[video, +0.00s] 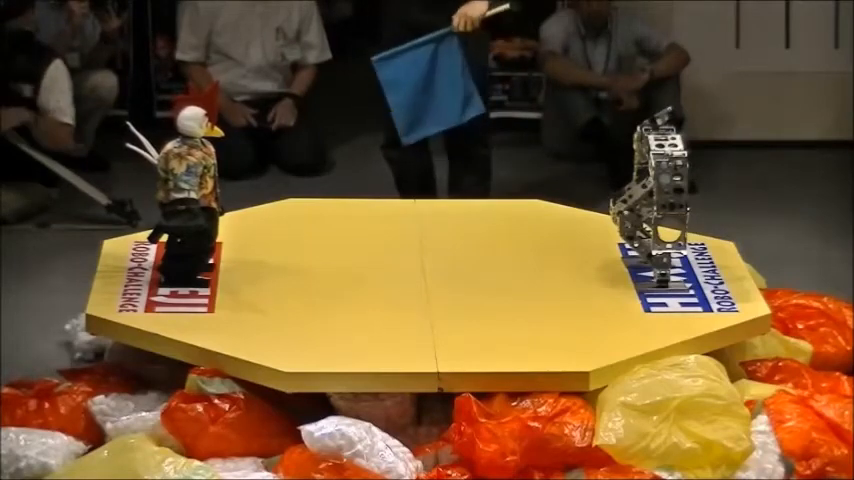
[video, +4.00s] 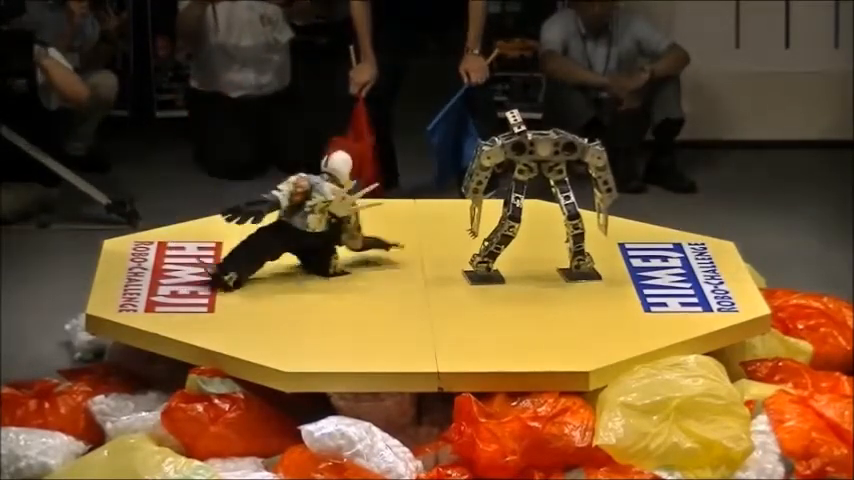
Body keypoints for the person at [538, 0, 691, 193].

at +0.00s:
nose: (594, 8)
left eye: (600, 2)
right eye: (587, 2)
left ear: (610, 4)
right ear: (575, 5)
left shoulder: (626, 25)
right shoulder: (558, 26)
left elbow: (679, 56)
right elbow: (552, 67)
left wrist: (644, 76)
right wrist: (610, 83)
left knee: (666, 78)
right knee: (563, 80)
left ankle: (670, 164)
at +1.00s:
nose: (597, 9)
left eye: (603, 3)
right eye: (590, 3)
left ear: (612, 4)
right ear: (577, 5)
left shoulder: (628, 24)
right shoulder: (559, 24)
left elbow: (679, 57)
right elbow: (551, 64)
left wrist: (644, 76)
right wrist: (609, 83)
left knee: (667, 82)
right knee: (565, 91)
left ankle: (670, 168)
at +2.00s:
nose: (597, 10)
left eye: (604, 5)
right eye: (590, 4)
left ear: (613, 5)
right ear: (576, 6)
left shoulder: (628, 23)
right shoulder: (558, 25)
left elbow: (679, 56)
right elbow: (551, 64)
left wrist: (644, 76)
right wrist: (609, 83)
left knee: (667, 77)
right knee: (562, 82)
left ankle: (667, 154)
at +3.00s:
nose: (596, 9)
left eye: (602, 3)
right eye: (589, 4)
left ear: (612, 4)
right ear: (578, 6)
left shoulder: (629, 21)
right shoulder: (559, 24)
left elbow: (680, 56)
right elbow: (550, 64)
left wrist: (644, 75)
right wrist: (608, 83)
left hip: (628, 105)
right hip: (585, 106)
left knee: (667, 81)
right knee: (565, 93)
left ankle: (664, 166)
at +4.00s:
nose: (597, 10)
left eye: (603, 4)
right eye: (589, 4)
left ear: (613, 5)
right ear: (576, 6)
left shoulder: (629, 23)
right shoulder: (558, 25)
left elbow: (679, 56)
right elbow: (551, 65)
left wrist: (645, 75)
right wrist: (608, 82)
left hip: (626, 113)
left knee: (668, 79)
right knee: (563, 90)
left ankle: (662, 165)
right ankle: (615, 167)